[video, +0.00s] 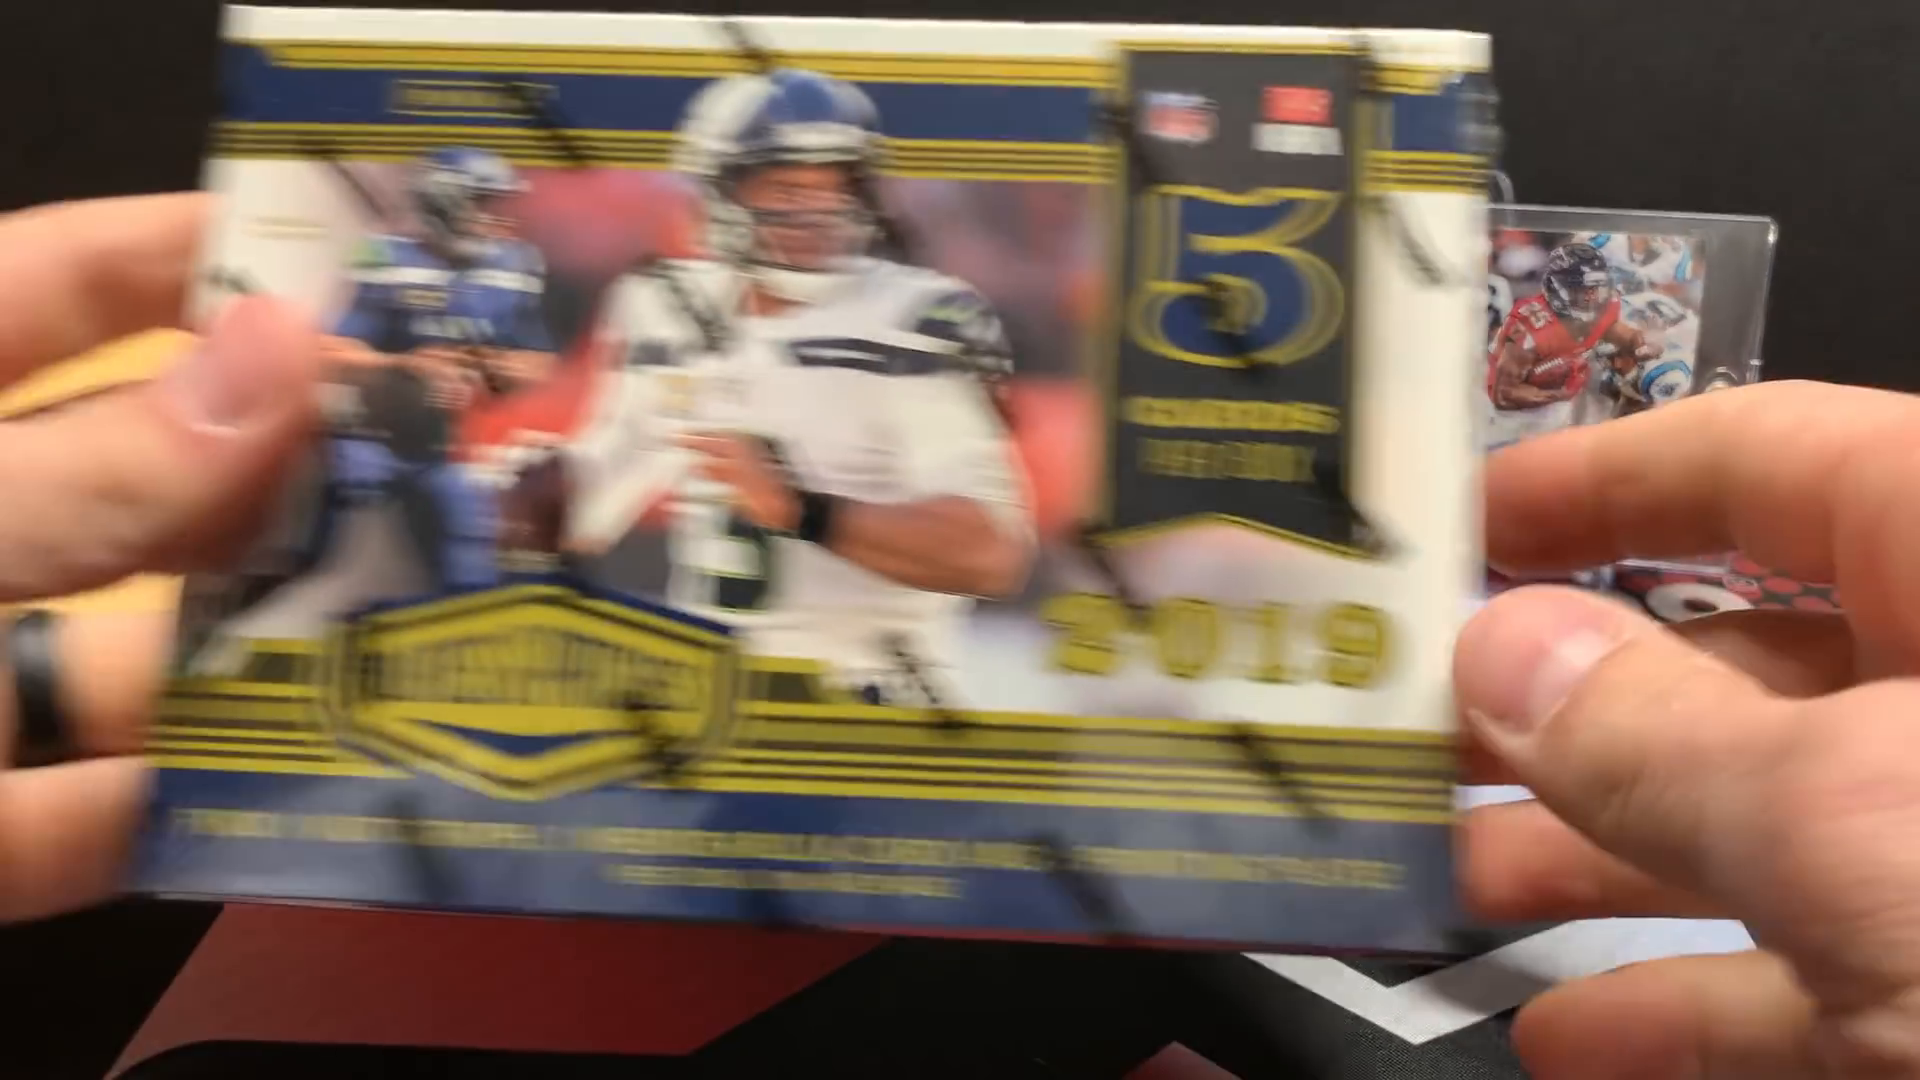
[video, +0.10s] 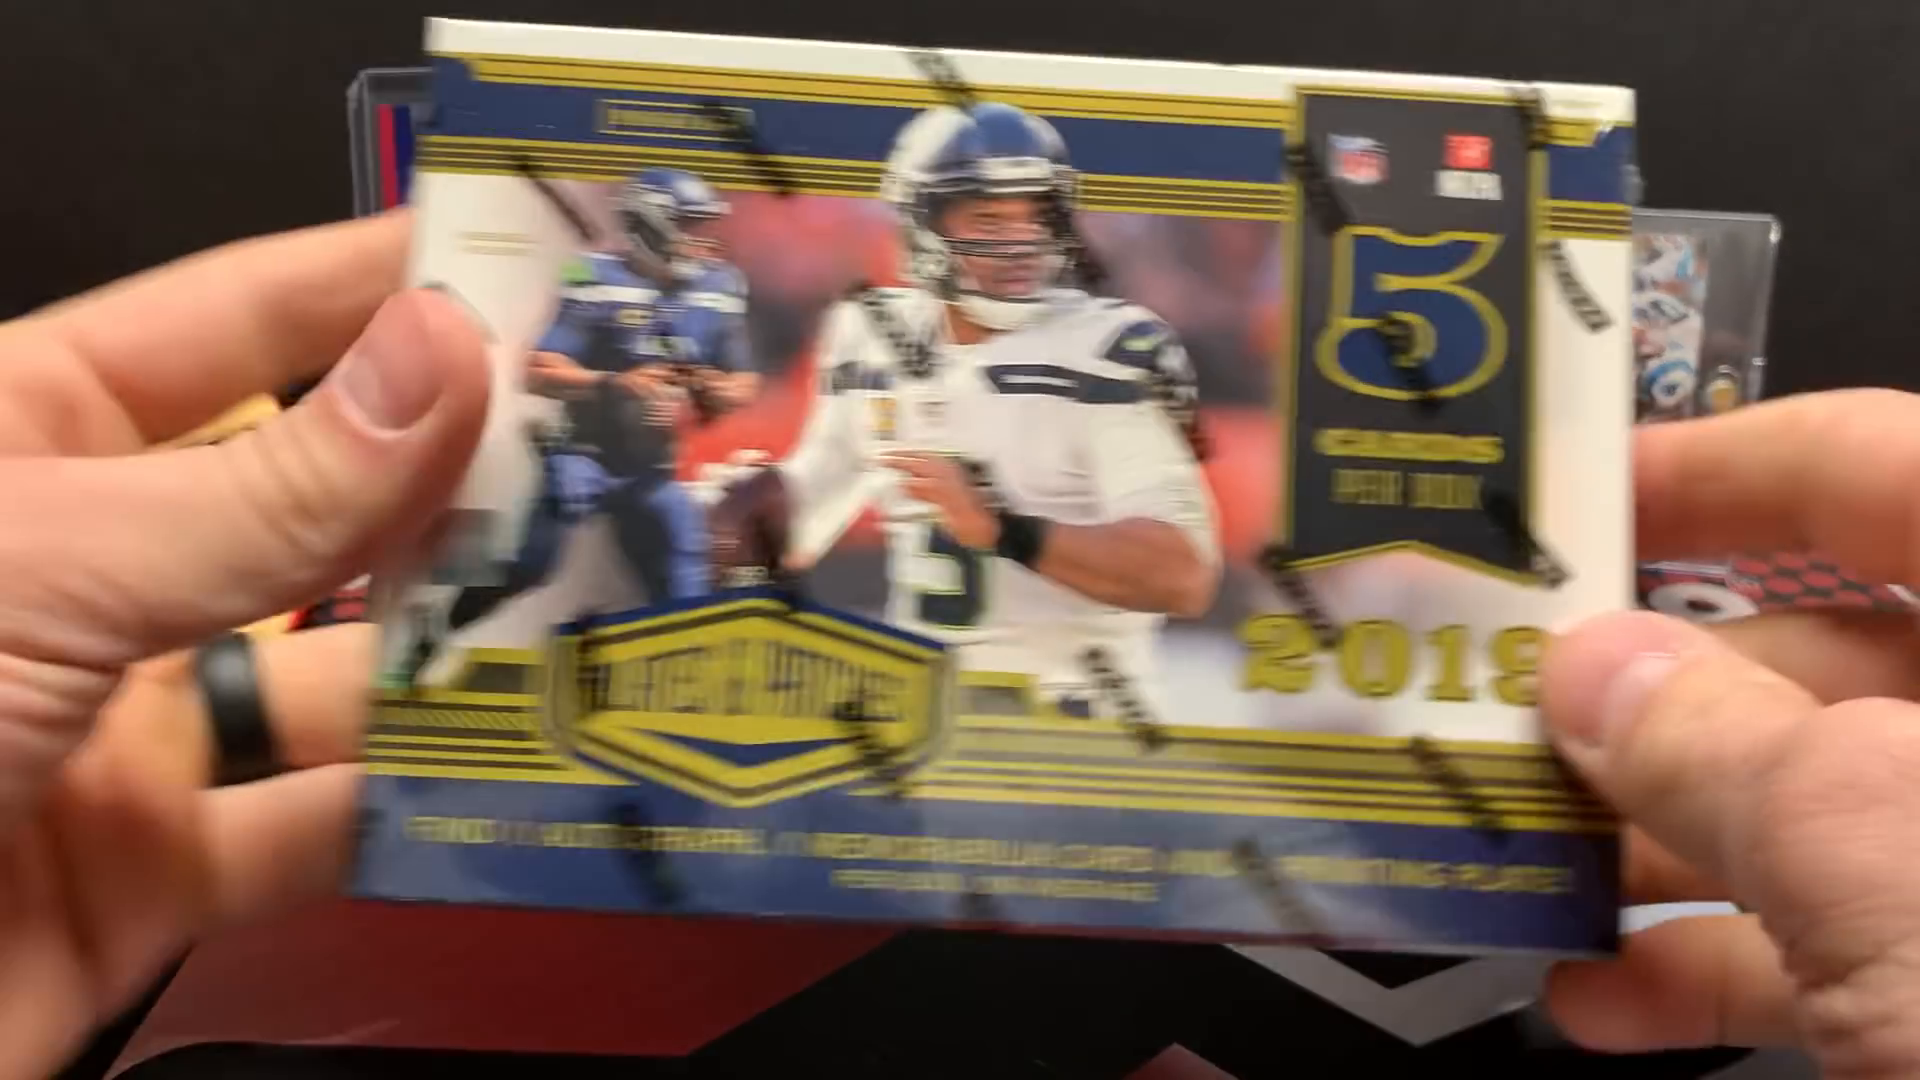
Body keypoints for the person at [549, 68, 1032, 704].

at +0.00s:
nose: (814, 210)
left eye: (835, 185)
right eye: (784, 185)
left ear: (864, 196)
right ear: (724, 192)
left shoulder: (925, 325)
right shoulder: (663, 314)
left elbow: (994, 551)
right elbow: (590, 499)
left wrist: (807, 511)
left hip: (884, 717)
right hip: (709, 702)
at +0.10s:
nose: (1018, 245)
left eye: (1035, 220)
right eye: (987, 223)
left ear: (1060, 226)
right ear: (925, 233)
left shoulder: (1115, 353)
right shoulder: (873, 340)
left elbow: (1184, 574)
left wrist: (1005, 530)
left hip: (1085, 727)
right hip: (923, 713)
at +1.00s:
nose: (985, 212)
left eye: (997, 189)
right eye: (957, 194)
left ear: (1019, 191)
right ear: (899, 205)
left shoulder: (1072, 301)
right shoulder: (851, 300)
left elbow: (1142, 500)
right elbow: (779, 480)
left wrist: (983, 466)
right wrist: (743, 457)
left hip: (1057, 644)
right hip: (909, 638)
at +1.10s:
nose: (993, 208)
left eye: (1006, 185)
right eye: (964, 190)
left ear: (1027, 187)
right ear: (908, 201)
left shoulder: (1079, 296)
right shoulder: (859, 294)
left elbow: (1149, 495)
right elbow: (784, 476)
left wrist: (991, 461)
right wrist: (753, 447)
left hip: (1063, 640)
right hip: (916, 635)